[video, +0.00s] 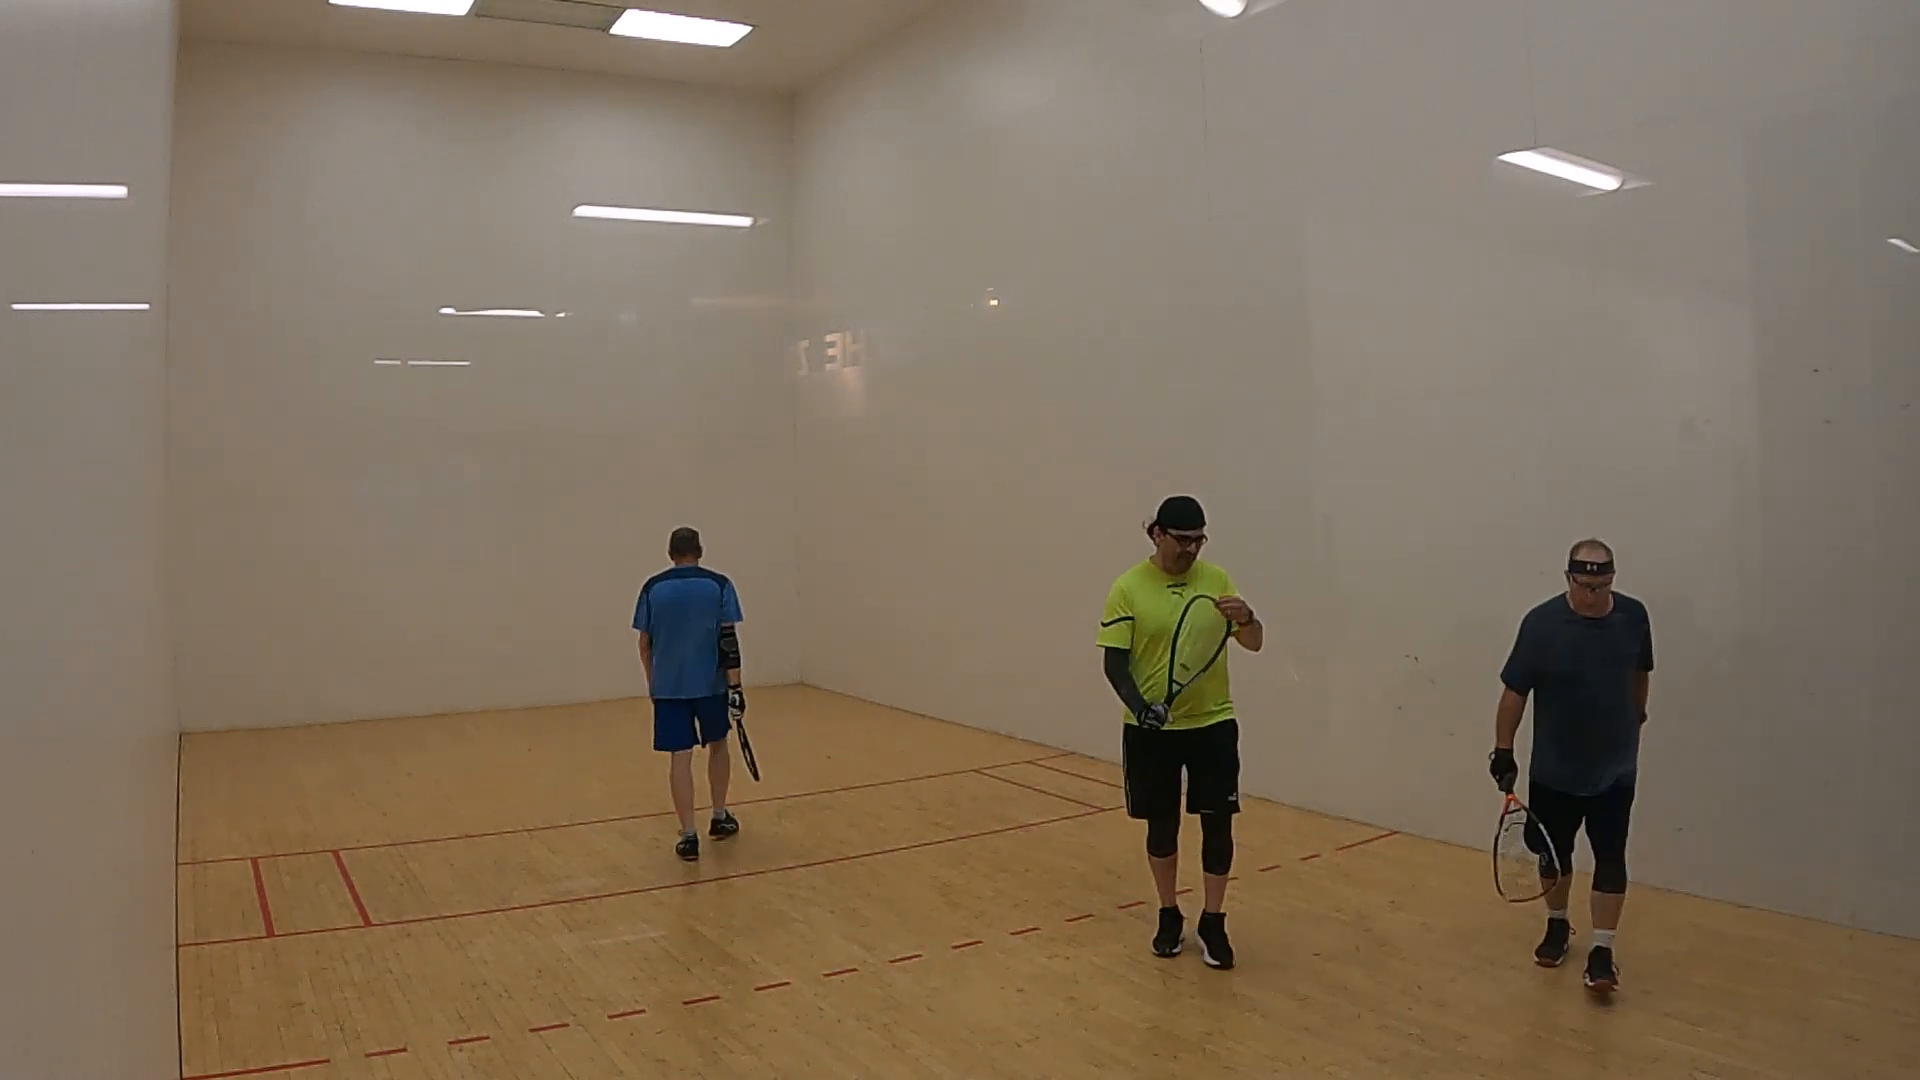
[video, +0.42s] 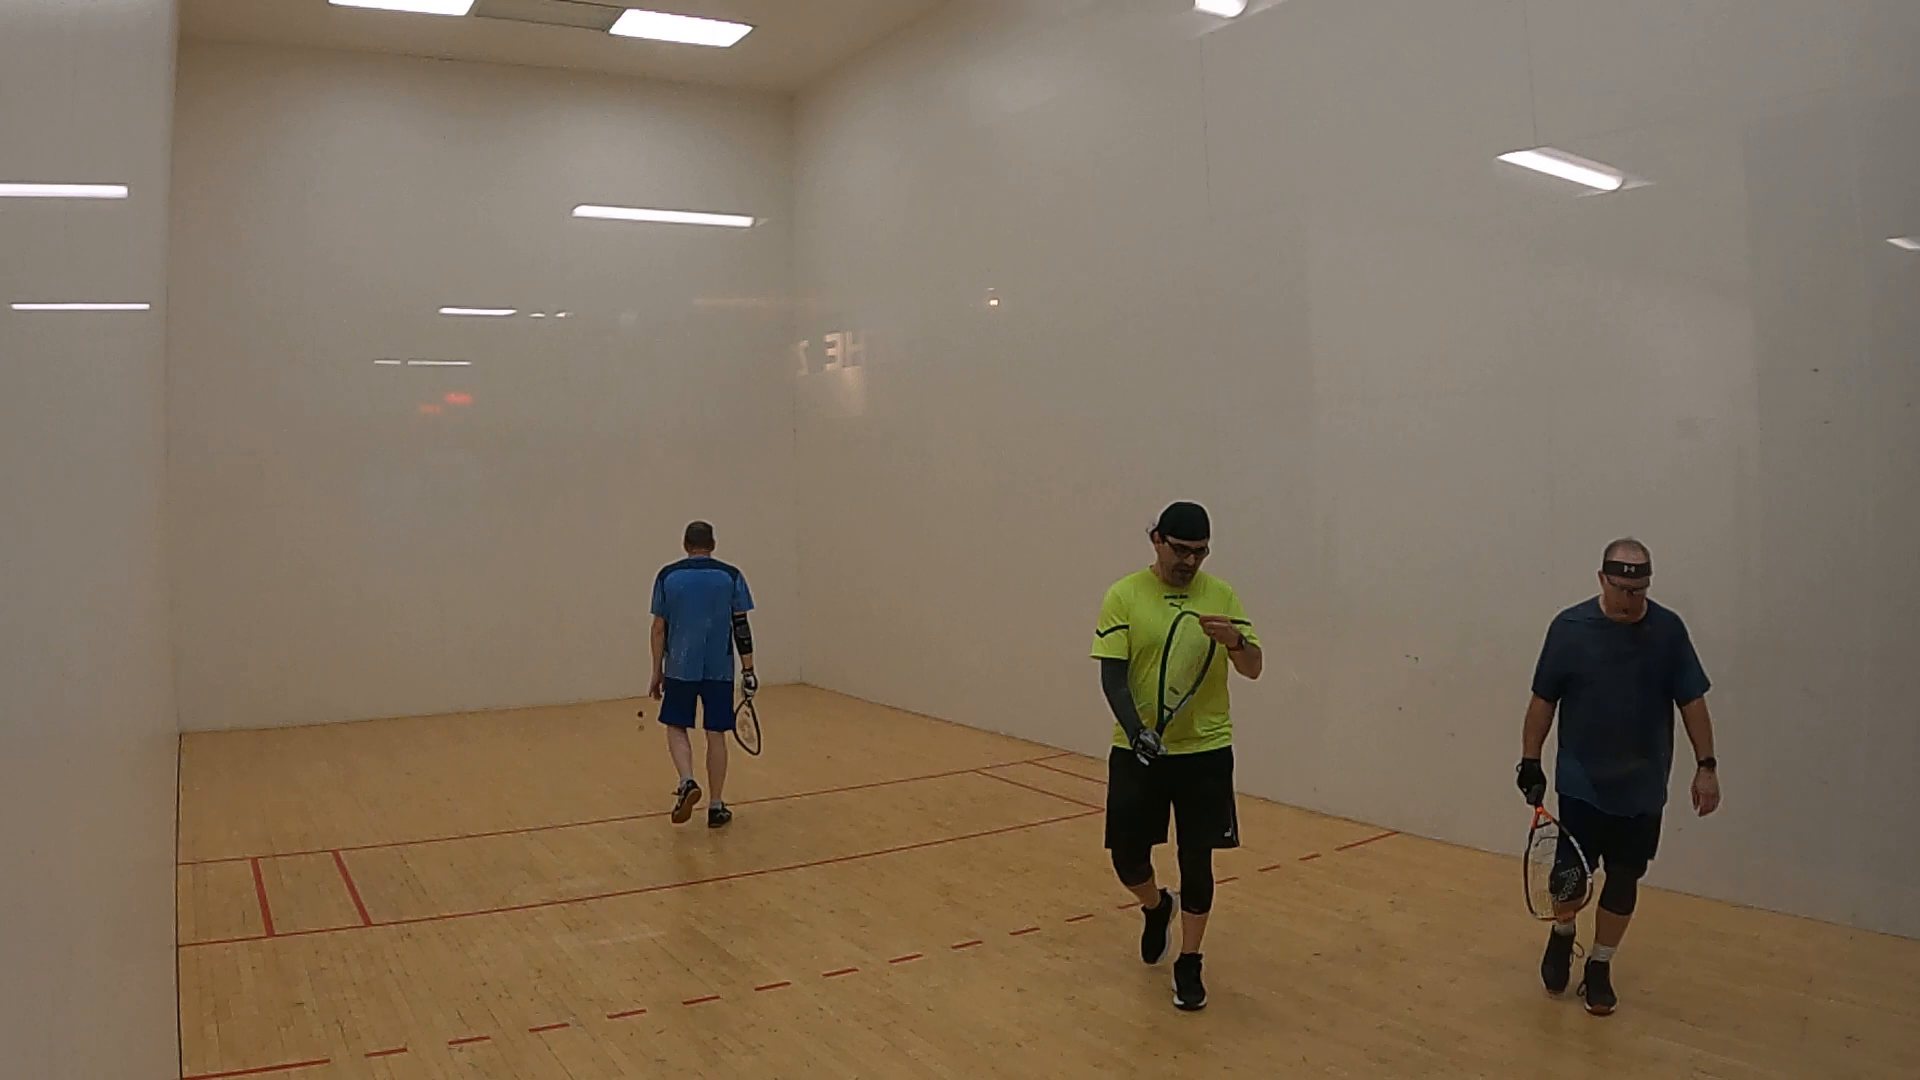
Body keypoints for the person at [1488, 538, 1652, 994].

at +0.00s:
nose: (1591, 580)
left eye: (1601, 572)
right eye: (1582, 572)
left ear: (1613, 576)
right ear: (1568, 575)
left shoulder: (1633, 617)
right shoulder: (1540, 624)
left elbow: (1639, 673)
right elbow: (1514, 690)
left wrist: (1638, 713)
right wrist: (1503, 750)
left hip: (1615, 762)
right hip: (1555, 763)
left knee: (1610, 857)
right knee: (1552, 851)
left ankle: (1602, 952)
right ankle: (1557, 926)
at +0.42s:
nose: (1633, 590)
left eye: (1641, 581)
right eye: (1623, 581)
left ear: (1651, 580)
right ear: (1603, 579)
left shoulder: (1668, 630)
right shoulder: (1569, 628)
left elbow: (1692, 701)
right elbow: (1544, 699)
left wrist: (1707, 766)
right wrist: (1530, 762)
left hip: (1642, 785)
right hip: (1581, 781)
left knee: (1623, 881)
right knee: (1571, 876)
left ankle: (1599, 967)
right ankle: (1561, 937)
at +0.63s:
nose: (1648, 599)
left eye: (1657, 590)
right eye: (1639, 590)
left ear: (1667, 588)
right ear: (1618, 586)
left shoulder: (1681, 638)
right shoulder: (1580, 635)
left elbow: (1711, 701)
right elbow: (1550, 708)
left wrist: (1735, 752)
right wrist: (1537, 772)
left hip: (1656, 794)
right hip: (1595, 791)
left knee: (1630, 893)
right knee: (1604, 894)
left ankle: (1597, 977)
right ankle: (1605, 1003)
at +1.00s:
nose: (1674, 606)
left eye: (1682, 596)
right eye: (1662, 596)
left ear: (1691, 594)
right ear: (1639, 591)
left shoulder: (1703, 642)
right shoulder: (1601, 645)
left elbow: (1716, 722)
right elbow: (1570, 725)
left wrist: (1719, 785)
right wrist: (1561, 797)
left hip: (1685, 811)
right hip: (1617, 813)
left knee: (1697, 909)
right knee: (1616, 921)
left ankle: (1659, 974)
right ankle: (1615, 1015)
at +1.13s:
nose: (1691, 605)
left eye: (1699, 595)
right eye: (1679, 595)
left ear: (1707, 594)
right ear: (1653, 593)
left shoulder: (1715, 643)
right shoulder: (1614, 650)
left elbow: (1713, 724)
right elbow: (1581, 735)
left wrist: (1707, 793)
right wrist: (1576, 810)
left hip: (1697, 819)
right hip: (1626, 821)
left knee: (1711, 930)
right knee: (1618, 930)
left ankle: (1695, 1031)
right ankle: (1616, 1018)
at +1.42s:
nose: (1737, 618)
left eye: (1745, 607)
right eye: (1725, 607)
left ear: (1753, 604)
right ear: (1696, 601)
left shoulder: (1759, 657)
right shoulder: (1658, 661)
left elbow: (1759, 744)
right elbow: (1627, 760)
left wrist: (1751, 822)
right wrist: (1627, 838)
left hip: (1740, 844)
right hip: (1667, 843)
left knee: (1736, 964)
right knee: (1644, 951)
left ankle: (1715, 1069)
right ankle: (1619, 1010)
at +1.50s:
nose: (1747, 615)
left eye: (1754, 604)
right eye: (1736, 604)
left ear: (1761, 602)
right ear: (1704, 600)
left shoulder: (1772, 656)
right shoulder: (1666, 660)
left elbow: (1785, 744)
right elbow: (1638, 757)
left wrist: (1792, 818)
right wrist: (1637, 837)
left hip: (1752, 839)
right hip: (1681, 839)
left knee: (1739, 962)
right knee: (1669, 953)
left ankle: (1715, 1069)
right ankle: (1630, 1005)